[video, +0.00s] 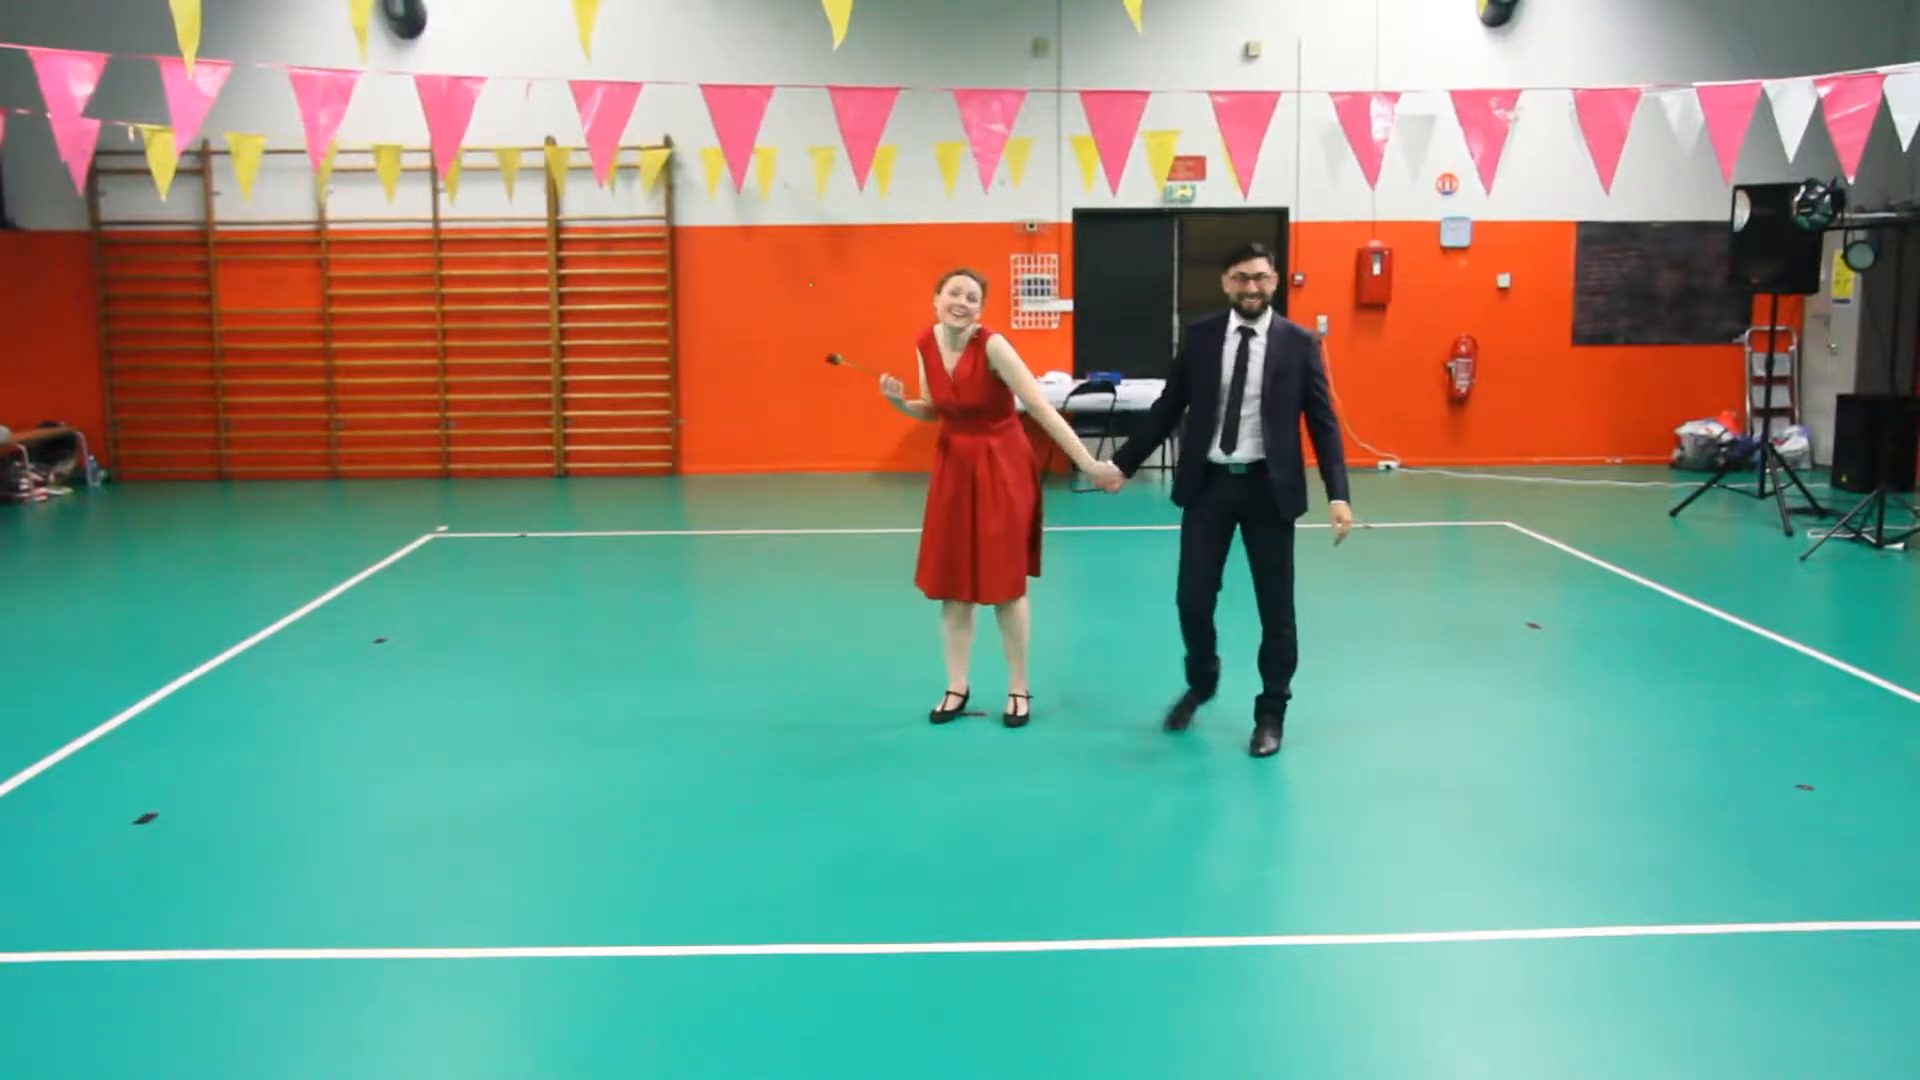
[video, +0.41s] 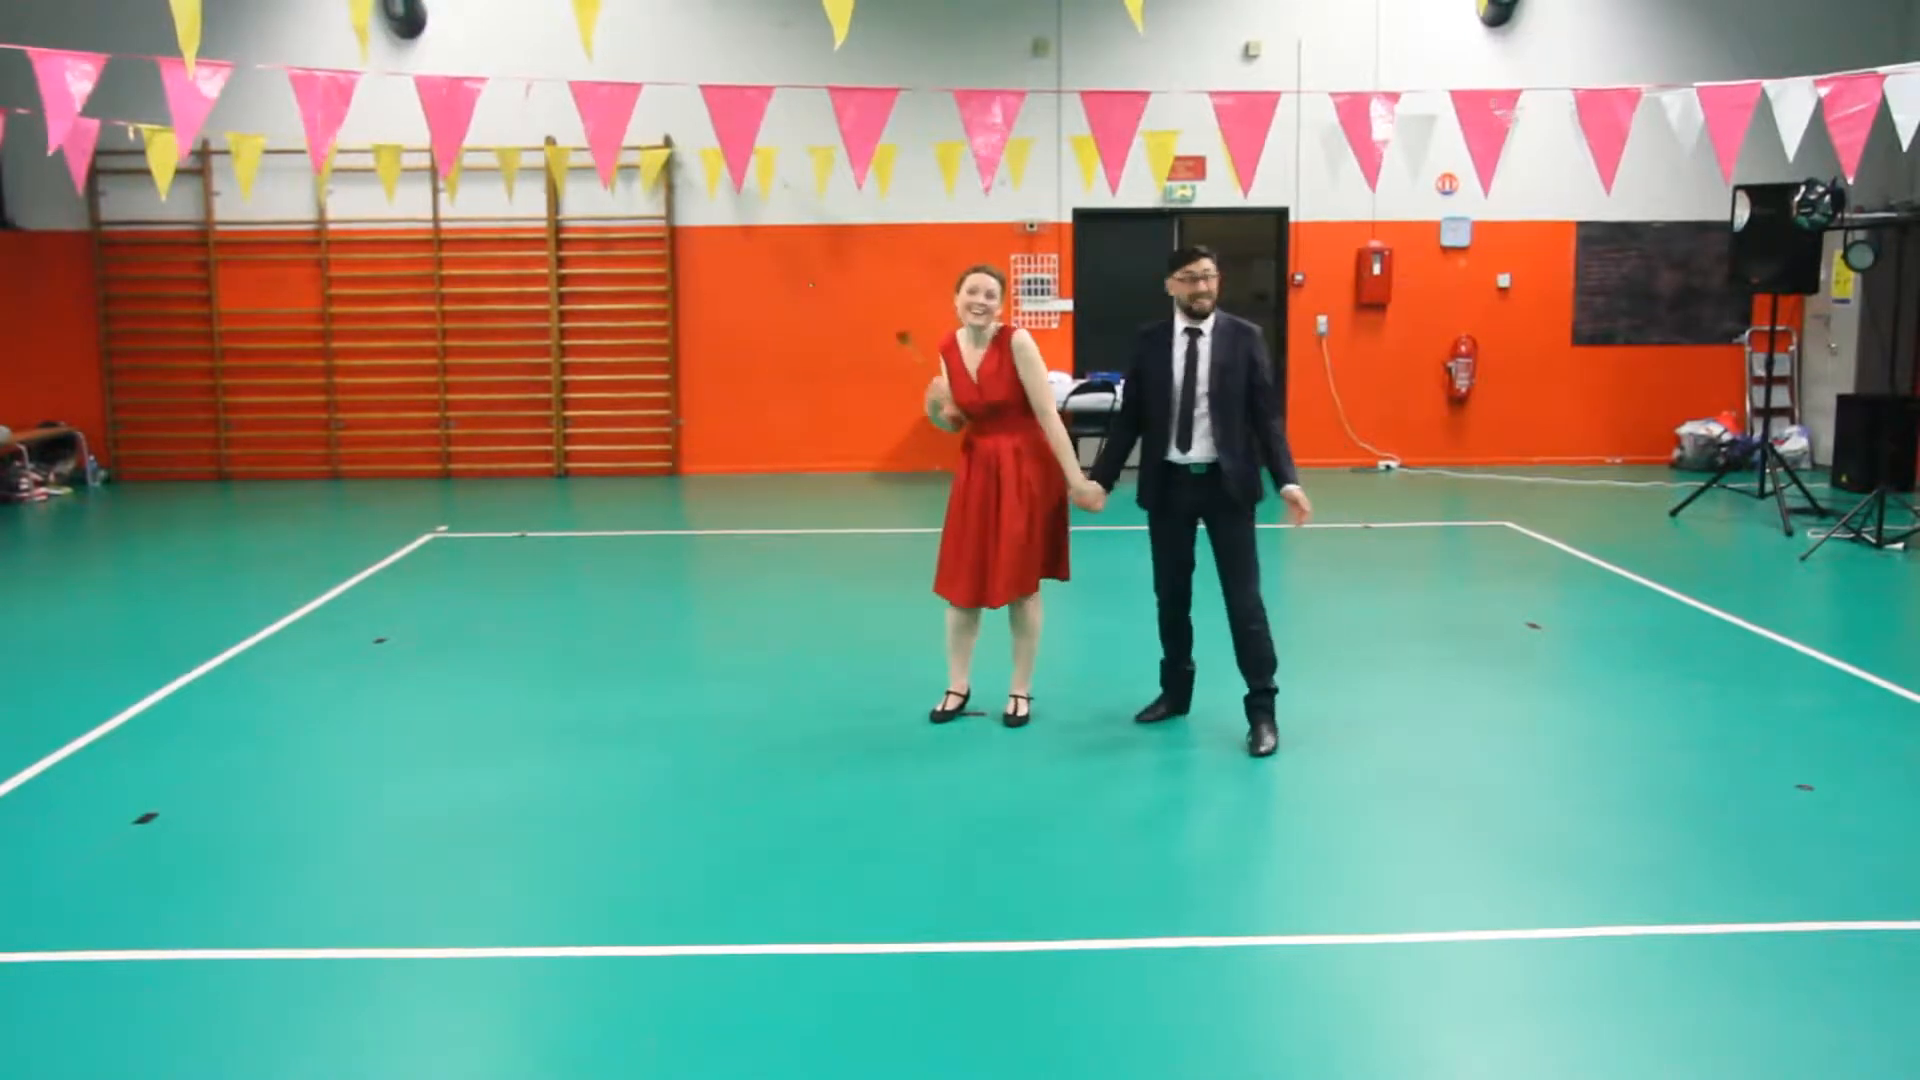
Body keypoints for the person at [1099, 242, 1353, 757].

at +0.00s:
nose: (1252, 286)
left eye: (1261, 278)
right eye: (1242, 278)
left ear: (1276, 283)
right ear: (1225, 283)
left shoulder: (1299, 344)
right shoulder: (1201, 338)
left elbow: (1323, 421)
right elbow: (1167, 410)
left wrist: (1338, 494)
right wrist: (1122, 465)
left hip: (1269, 487)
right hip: (1208, 485)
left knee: (1276, 609)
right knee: (1192, 600)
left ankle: (1271, 714)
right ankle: (1201, 684)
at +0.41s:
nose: (1199, 287)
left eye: (1206, 278)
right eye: (1188, 279)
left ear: (1218, 283)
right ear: (1170, 285)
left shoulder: (1243, 337)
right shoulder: (1151, 340)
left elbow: (1266, 415)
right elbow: (1129, 418)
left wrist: (1287, 480)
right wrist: (1100, 477)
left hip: (1228, 482)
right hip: (1168, 482)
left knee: (1244, 601)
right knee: (1171, 597)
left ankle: (1262, 712)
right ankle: (1175, 693)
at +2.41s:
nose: (1177, 290)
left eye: (1182, 280)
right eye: (1179, 281)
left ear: (1204, 283)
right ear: (1206, 285)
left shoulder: (1262, 345)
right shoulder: (1199, 342)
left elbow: (1279, 434)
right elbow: (1176, 413)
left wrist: (1278, 515)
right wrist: (1117, 447)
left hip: (1245, 501)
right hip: (1195, 496)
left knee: (1253, 616)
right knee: (1199, 618)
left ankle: (1254, 717)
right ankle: (1194, 726)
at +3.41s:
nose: (1130, 291)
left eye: (1141, 282)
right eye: (1128, 282)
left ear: (1175, 284)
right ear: (1139, 289)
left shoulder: (1211, 346)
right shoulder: (1146, 344)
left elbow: (1238, 435)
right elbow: (1133, 423)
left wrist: (1240, 517)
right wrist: (1097, 479)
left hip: (1193, 504)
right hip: (1149, 500)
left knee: (1185, 630)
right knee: (1175, 627)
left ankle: (1184, 759)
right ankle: (1184, 731)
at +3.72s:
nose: (1119, 287)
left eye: (1129, 277)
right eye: (1120, 278)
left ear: (1167, 280)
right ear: (1152, 282)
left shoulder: (1192, 344)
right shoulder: (1154, 340)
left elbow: (1203, 441)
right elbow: (1138, 424)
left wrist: (1185, 526)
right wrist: (1102, 466)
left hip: (1174, 514)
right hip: (1146, 509)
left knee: (1173, 640)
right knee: (1165, 635)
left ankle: (1178, 763)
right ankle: (1179, 733)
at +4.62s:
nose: (1123, 286)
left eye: (1124, 278)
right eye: (1127, 277)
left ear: (1131, 282)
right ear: (1176, 280)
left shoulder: (1161, 352)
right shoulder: (1192, 335)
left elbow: (1146, 453)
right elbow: (1157, 425)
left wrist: (1117, 529)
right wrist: (1111, 470)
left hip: (1165, 518)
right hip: (1185, 510)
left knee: (1166, 638)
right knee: (1170, 633)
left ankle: (1180, 764)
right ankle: (1178, 742)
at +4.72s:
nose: (1125, 286)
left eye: (1127, 278)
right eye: (1130, 277)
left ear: (1137, 282)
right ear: (1180, 280)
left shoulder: (1166, 351)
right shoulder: (1195, 336)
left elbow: (1152, 456)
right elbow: (1148, 411)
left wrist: (1095, 508)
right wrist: (1073, 398)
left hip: (1165, 519)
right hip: (1187, 511)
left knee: (1162, 637)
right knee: (1171, 629)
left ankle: (1179, 763)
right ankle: (1182, 737)